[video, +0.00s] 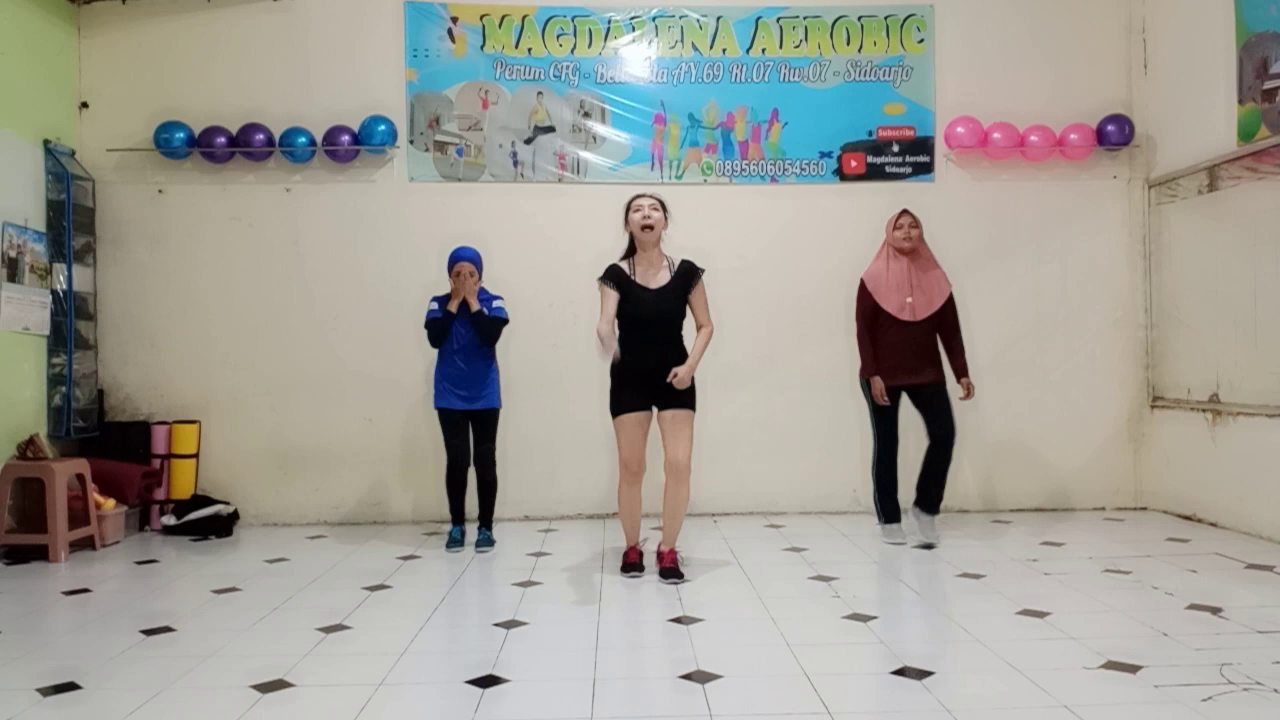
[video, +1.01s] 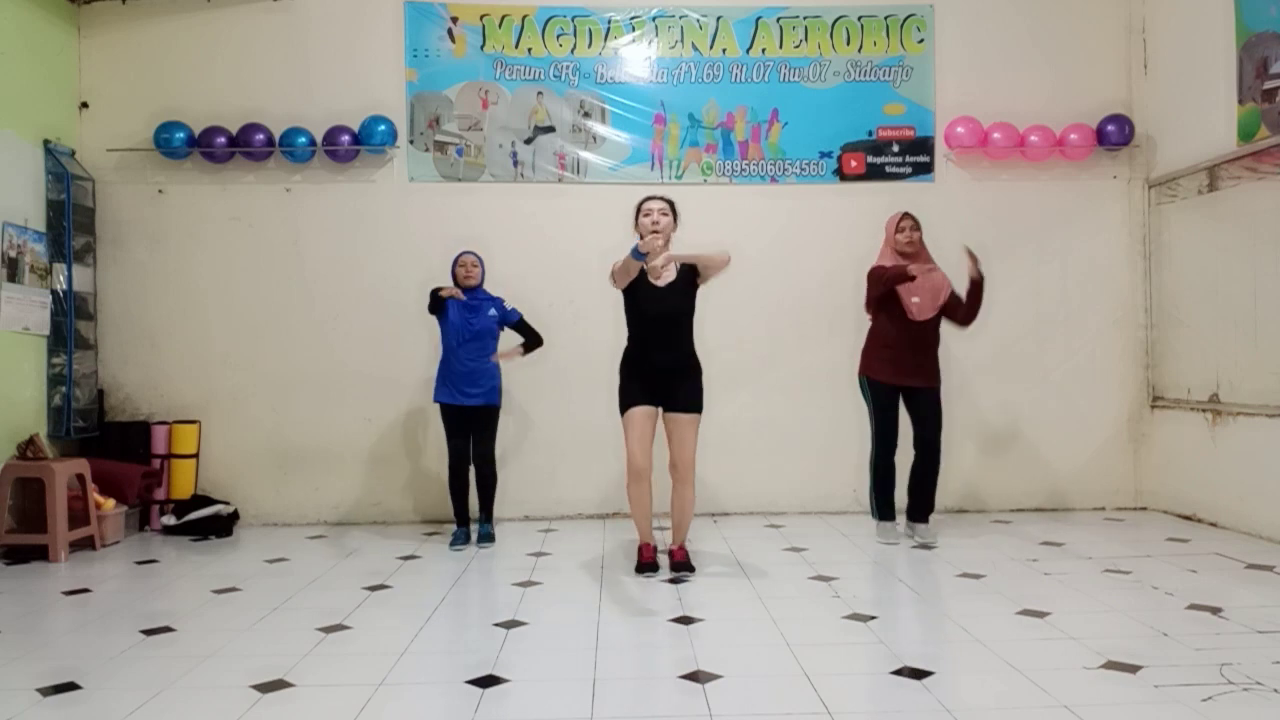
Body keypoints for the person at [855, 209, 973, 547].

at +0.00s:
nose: (907, 232)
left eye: (913, 227)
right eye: (900, 227)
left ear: (922, 235)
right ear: (889, 236)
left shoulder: (934, 277)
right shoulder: (874, 278)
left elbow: (950, 328)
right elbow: (864, 331)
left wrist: (962, 373)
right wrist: (872, 375)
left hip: (924, 371)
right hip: (883, 374)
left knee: (944, 436)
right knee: (886, 446)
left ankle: (925, 511)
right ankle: (889, 520)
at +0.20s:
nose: (907, 231)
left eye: (913, 226)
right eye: (900, 227)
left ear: (921, 234)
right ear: (889, 236)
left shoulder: (937, 276)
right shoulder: (876, 276)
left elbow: (949, 329)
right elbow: (866, 327)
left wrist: (952, 377)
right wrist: (868, 367)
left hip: (926, 371)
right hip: (884, 373)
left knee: (939, 437)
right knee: (888, 445)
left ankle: (919, 508)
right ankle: (890, 518)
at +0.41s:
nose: (910, 230)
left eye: (915, 225)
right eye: (903, 226)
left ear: (924, 232)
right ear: (892, 234)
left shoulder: (942, 275)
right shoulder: (879, 274)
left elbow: (951, 329)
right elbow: (858, 322)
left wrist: (951, 375)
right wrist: (840, 301)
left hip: (926, 365)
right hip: (885, 363)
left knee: (925, 441)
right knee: (888, 432)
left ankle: (917, 520)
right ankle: (890, 498)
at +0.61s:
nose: (912, 231)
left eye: (916, 226)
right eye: (904, 227)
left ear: (923, 233)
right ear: (892, 235)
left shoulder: (937, 274)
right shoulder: (882, 270)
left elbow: (947, 328)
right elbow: (858, 287)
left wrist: (948, 377)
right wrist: (882, 254)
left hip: (926, 373)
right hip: (884, 372)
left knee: (926, 447)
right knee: (888, 443)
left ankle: (917, 519)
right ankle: (885, 519)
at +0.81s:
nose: (910, 229)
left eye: (915, 223)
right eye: (903, 224)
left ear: (922, 230)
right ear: (890, 232)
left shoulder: (932, 273)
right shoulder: (879, 266)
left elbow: (931, 328)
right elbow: (887, 268)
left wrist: (958, 359)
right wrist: (916, 255)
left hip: (919, 362)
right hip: (878, 364)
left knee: (944, 421)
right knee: (881, 439)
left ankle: (921, 491)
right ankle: (883, 516)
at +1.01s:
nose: (910, 234)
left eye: (914, 229)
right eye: (902, 230)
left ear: (922, 236)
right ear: (891, 239)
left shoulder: (934, 278)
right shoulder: (880, 274)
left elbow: (963, 316)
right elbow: (871, 306)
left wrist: (976, 281)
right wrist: (896, 277)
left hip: (922, 373)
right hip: (880, 371)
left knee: (929, 445)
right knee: (885, 443)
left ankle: (918, 520)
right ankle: (885, 519)